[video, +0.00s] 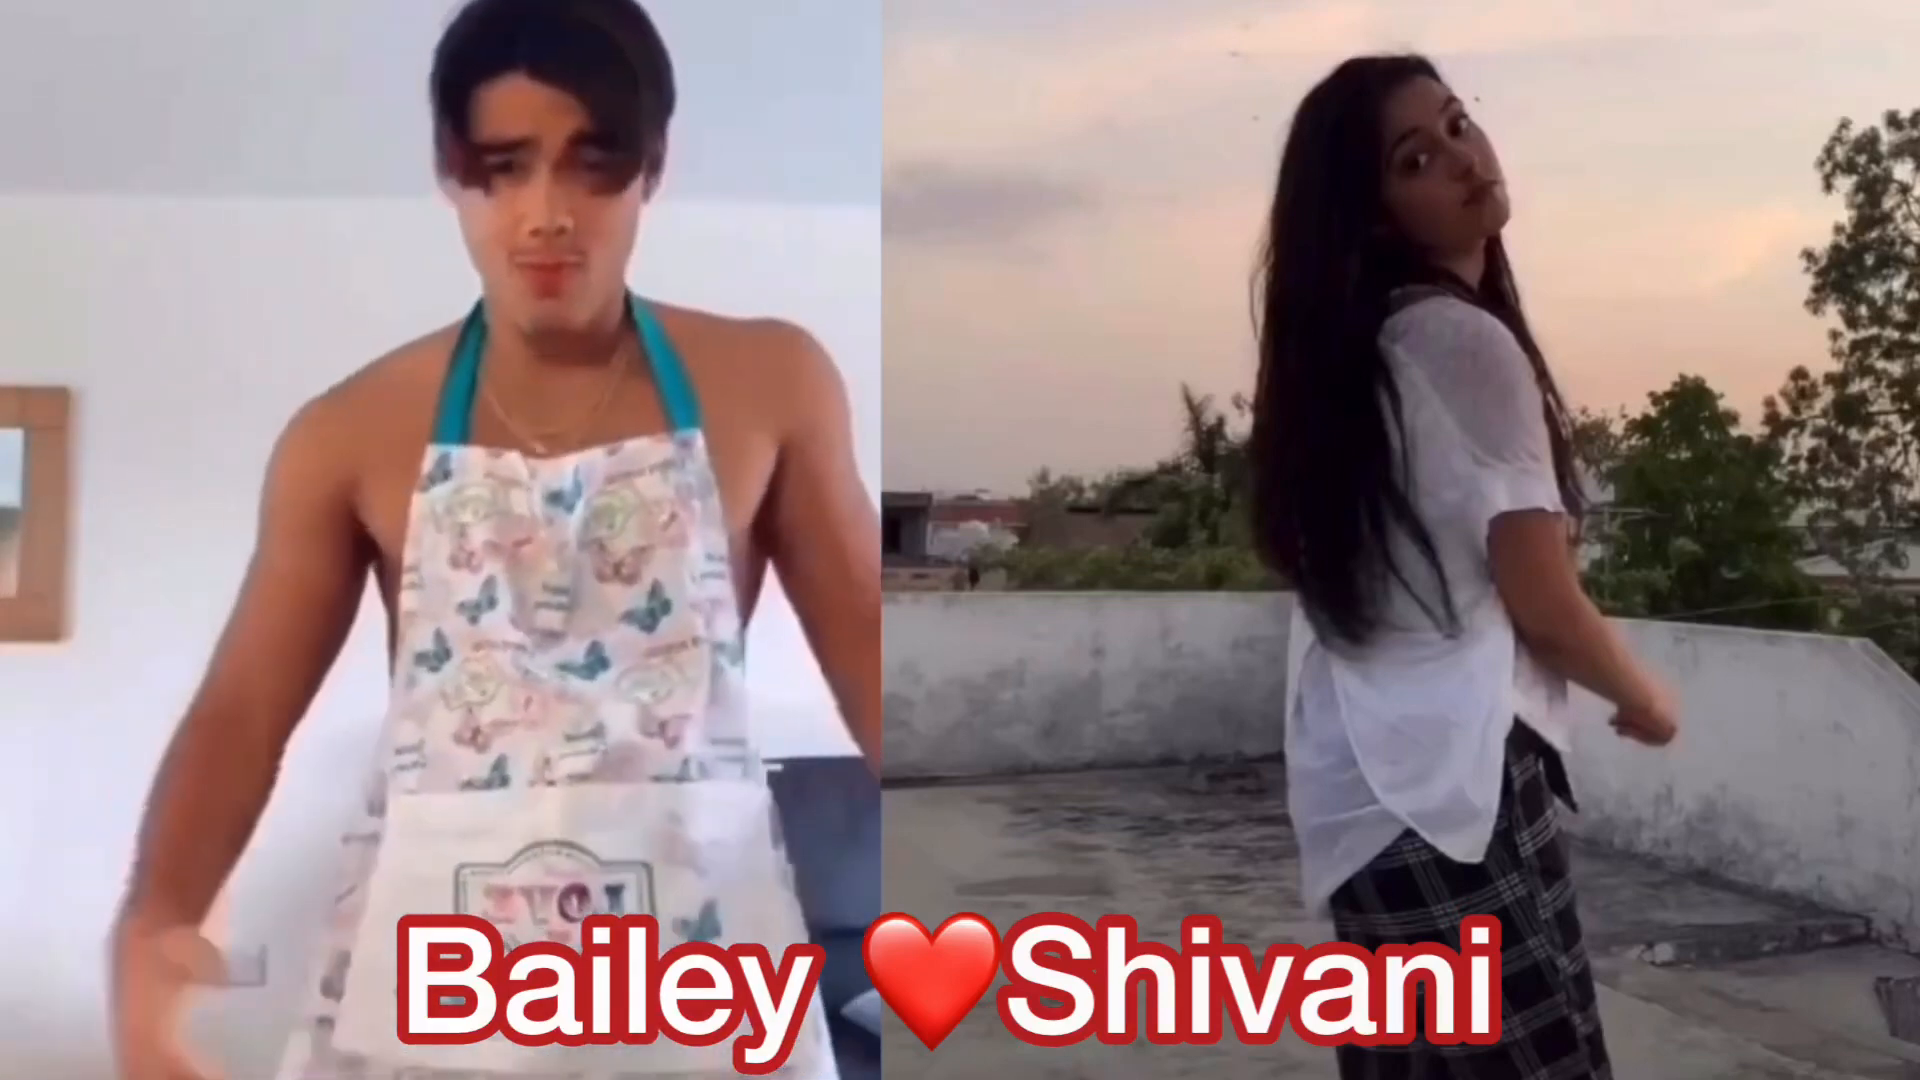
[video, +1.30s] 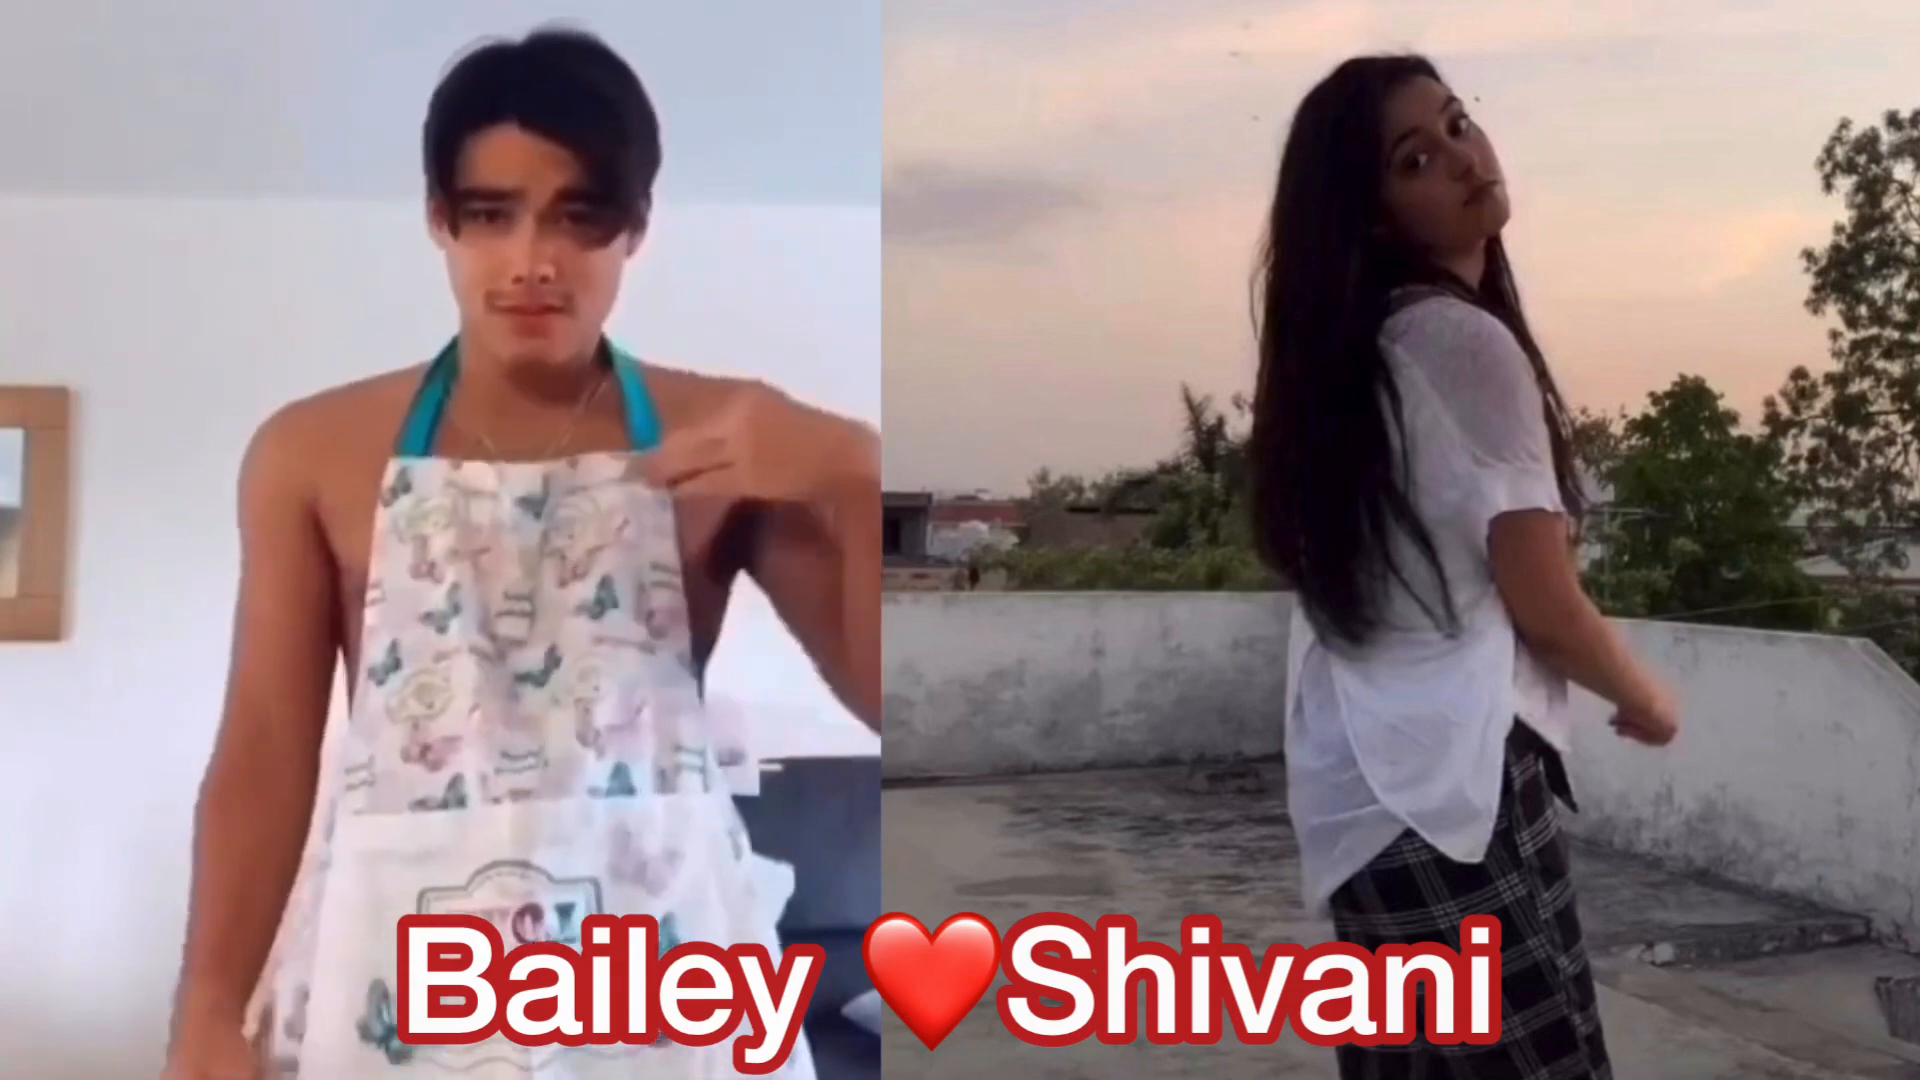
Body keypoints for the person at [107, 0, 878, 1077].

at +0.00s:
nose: (546, 214)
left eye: (594, 164)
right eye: (502, 168)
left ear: (652, 173)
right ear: (451, 178)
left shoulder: (771, 387)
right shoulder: (354, 436)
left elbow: (888, 693)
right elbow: (242, 713)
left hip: (701, 933)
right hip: (439, 945)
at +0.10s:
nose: (577, 209)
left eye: (623, 159)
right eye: (531, 163)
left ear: (679, 170)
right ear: (481, 172)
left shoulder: (790, 386)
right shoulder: (377, 420)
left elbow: (851, 689)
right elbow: (285, 715)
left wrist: (867, 937)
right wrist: (268, 968)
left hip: (715, 918)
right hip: (451, 923)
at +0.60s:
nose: (517, 272)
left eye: (561, 231)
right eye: (477, 227)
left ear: (606, 249)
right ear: (421, 237)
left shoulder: (699, 461)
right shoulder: (297, 467)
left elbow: (811, 712)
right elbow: (255, 761)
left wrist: (736, 866)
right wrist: (294, 1038)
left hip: (630, 1002)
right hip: (375, 1002)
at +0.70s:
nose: (523, 279)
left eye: (567, 237)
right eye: (482, 234)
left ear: (615, 252)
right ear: (429, 242)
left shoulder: (712, 460)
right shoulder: (310, 472)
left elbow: (800, 686)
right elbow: (265, 768)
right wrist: (311, 1040)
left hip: (659, 1014)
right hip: (394, 1013)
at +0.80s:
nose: (536, 264)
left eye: (579, 221)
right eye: (494, 220)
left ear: (630, 235)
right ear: (444, 230)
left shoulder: (727, 434)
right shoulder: (324, 449)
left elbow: (761, 623)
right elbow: (276, 747)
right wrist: (320, 1025)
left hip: (683, 1007)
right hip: (415, 1008)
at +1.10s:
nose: (544, 263)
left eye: (590, 220)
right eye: (503, 217)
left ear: (641, 232)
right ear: (451, 224)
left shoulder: (735, 442)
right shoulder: (333, 453)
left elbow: (891, 617)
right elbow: (279, 748)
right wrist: (300, 1014)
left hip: (675, 984)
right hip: (417, 987)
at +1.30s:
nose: (533, 261)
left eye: (578, 215)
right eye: (490, 215)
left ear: (635, 231)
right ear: (442, 228)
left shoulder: (733, 441)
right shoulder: (315, 455)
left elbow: (907, 705)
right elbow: (263, 765)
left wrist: (851, 467)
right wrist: (210, 1022)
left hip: (660, 986)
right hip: (388, 987)